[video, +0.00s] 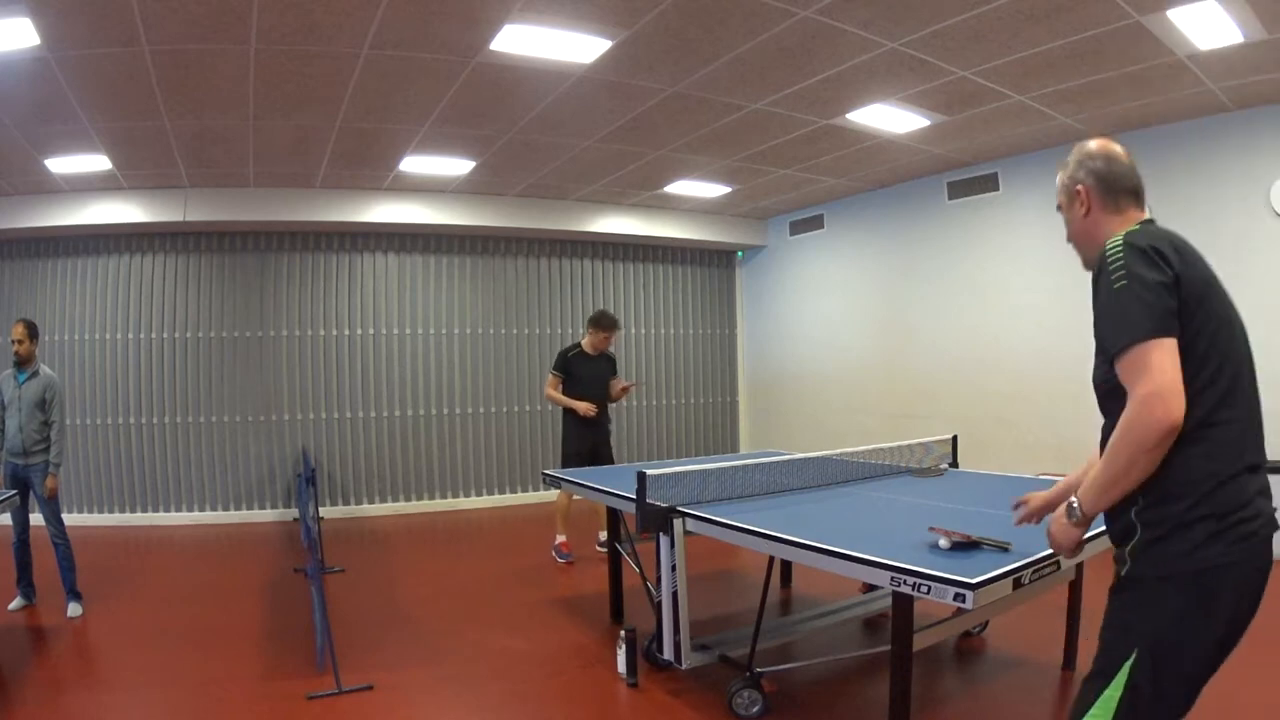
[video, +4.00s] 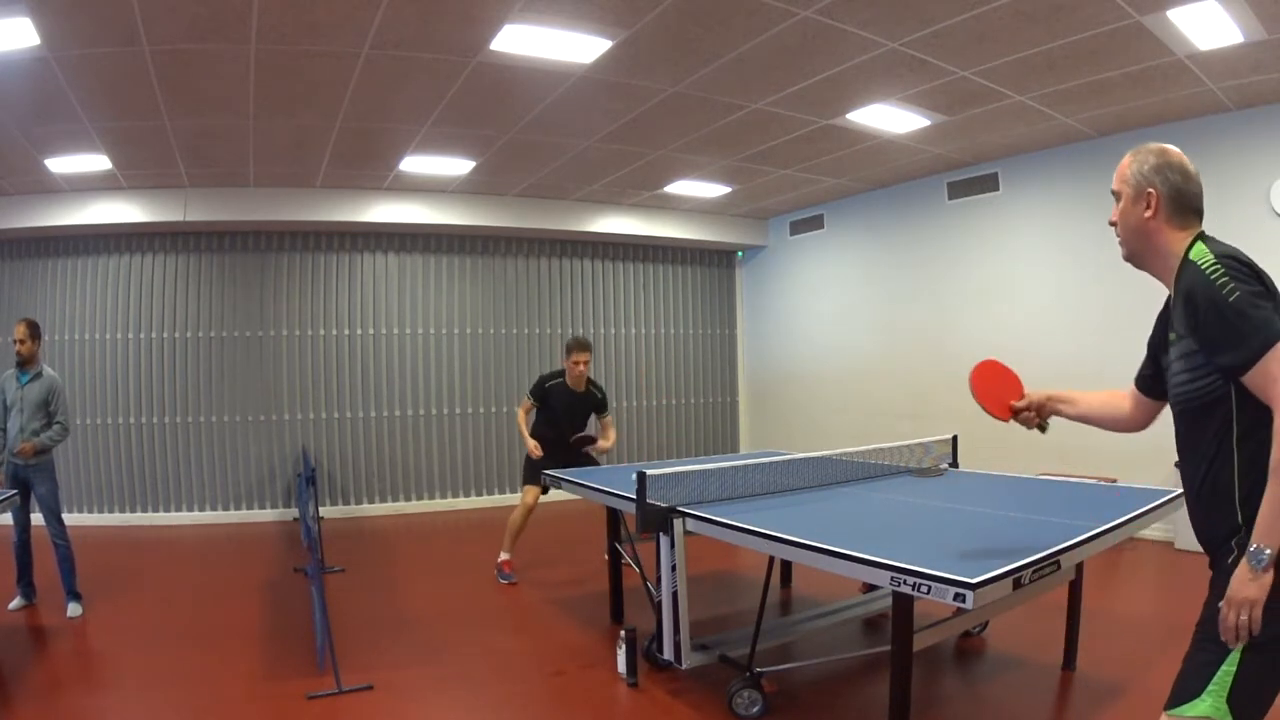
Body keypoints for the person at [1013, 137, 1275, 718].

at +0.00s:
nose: (1063, 228)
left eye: (1061, 210)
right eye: (1059, 213)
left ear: (1081, 199)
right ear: (1131, 195)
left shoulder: (1129, 257)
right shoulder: (1163, 253)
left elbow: (1159, 408)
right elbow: (1141, 415)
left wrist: (1080, 512)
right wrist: (1063, 493)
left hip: (1189, 545)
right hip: (1219, 534)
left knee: (1107, 708)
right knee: (1138, 704)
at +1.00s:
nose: (1037, 246)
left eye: (1038, 229)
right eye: (1037, 230)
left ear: (1058, 227)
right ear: (1111, 224)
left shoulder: (1078, 308)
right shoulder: (1168, 282)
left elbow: (1071, 482)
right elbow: (1193, 420)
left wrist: (1037, 559)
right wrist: (1109, 452)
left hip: (1207, 536)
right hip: (1264, 518)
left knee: (1143, 707)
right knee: (1181, 703)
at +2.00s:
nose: (1129, 184)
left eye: (1132, 164)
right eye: (1129, 165)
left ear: (1156, 163)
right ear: (1206, 164)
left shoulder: (1198, 256)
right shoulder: (1242, 237)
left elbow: (1268, 400)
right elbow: (1249, 369)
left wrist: (1206, 543)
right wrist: (1163, 394)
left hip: (1250, 556)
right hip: (1261, 547)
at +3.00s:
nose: (1093, 220)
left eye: (1097, 203)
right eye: (1093, 204)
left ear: (1126, 206)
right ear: (1133, 207)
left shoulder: (1192, 275)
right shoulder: (1175, 285)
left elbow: (1274, 399)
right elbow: (1170, 420)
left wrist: (1221, 545)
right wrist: (1072, 423)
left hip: (1252, 562)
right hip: (1238, 558)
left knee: (1175, 713)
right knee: (1192, 710)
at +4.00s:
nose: (1109, 218)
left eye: (1116, 199)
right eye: (1111, 200)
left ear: (1149, 205)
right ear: (1153, 206)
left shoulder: (1212, 282)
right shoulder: (1183, 299)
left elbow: (1278, 405)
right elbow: (1136, 410)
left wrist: (1259, 558)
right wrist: (1051, 402)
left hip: (1257, 561)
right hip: (1240, 555)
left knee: (1194, 712)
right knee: (1209, 709)